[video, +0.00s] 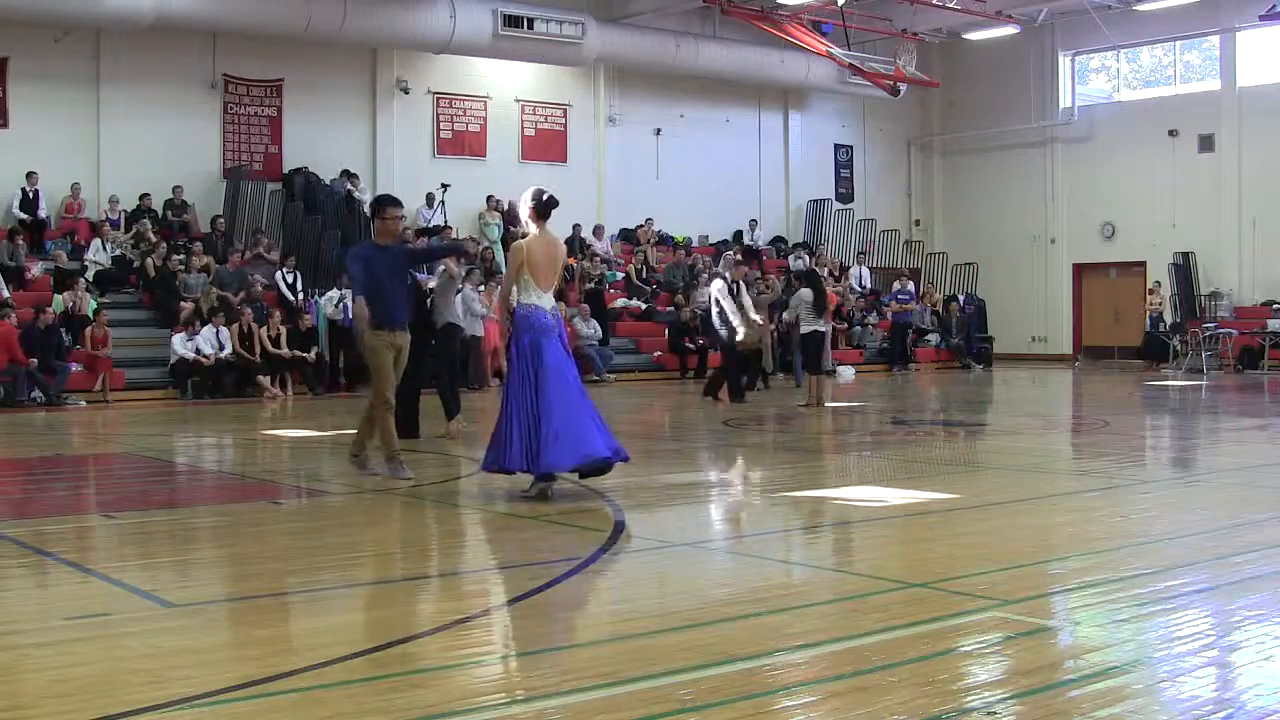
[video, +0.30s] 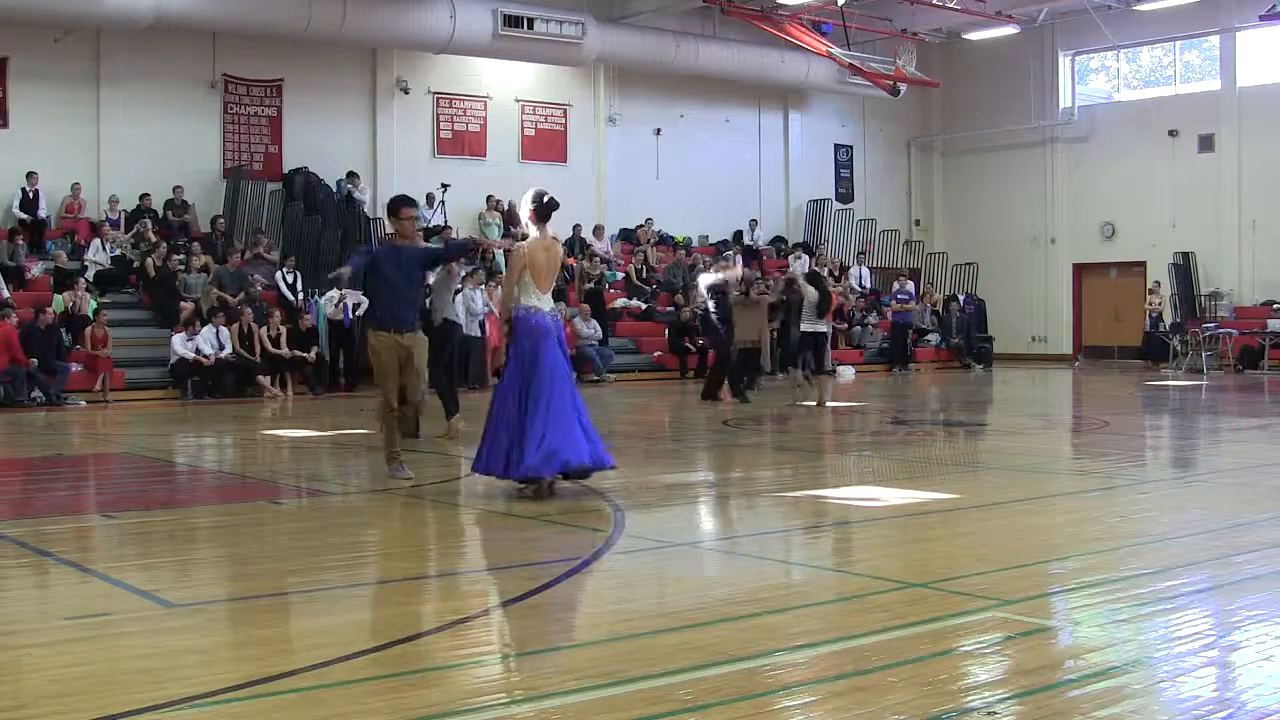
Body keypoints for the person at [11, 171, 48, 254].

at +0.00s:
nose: (37, 181)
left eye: (37, 178)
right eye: (34, 178)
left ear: (37, 180)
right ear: (29, 179)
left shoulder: (39, 193)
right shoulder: (20, 192)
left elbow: (42, 208)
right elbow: (15, 209)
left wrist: (42, 216)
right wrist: (25, 217)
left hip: (36, 217)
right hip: (25, 217)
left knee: (42, 224)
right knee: (34, 226)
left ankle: (40, 247)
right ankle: (33, 248)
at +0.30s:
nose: (36, 181)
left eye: (37, 178)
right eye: (34, 178)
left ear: (38, 180)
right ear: (28, 179)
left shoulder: (39, 193)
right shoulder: (20, 192)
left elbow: (42, 208)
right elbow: (15, 209)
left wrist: (41, 216)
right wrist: (25, 217)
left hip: (36, 217)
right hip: (25, 217)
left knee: (42, 223)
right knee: (33, 226)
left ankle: (40, 248)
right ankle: (32, 248)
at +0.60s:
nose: (36, 181)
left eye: (37, 178)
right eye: (34, 178)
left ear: (38, 180)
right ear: (28, 179)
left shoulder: (39, 193)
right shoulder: (20, 192)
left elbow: (42, 208)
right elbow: (15, 209)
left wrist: (41, 216)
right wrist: (25, 217)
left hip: (36, 217)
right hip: (25, 217)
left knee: (42, 223)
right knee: (33, 226)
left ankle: (40, 248)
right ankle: (32, 248)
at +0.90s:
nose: (36, 181)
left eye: (37, 179)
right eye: (34, 178)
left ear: (38, 180)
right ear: (28, 179)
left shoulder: (39, 193)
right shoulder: (20, 192)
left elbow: (42, 208)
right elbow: (15, 209)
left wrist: (41, 216)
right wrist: (25, 217)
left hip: (36, 217)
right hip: (25, 217)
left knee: (43, 224)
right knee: (34, 226)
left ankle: (40, 248)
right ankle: (33, 248)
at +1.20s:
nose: (37, 181)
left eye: (37, 179)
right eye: (34, 179)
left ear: (38, 180)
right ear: (28, 180)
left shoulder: (39, 193)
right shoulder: (20, 192)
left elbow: (42, 208)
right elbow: (15, 209)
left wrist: (41, 215)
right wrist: (25, 217)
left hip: (36, 217)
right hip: (24, 217)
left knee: (43, 224)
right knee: (34, 227)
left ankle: (39, 247)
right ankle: (32, 248)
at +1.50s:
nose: (37, 181)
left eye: (37, 179)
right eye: (34, 179)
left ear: (38, 180)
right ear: (28, 180)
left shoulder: (39, 193)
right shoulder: (20, 192)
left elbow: (42, 208)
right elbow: (14, 209)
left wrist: (41, 215)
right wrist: (25, 217)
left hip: (36, 216)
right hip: (24, 217)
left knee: (42, 224)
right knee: (34, 227)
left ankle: (39, 248)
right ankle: (32, 248)